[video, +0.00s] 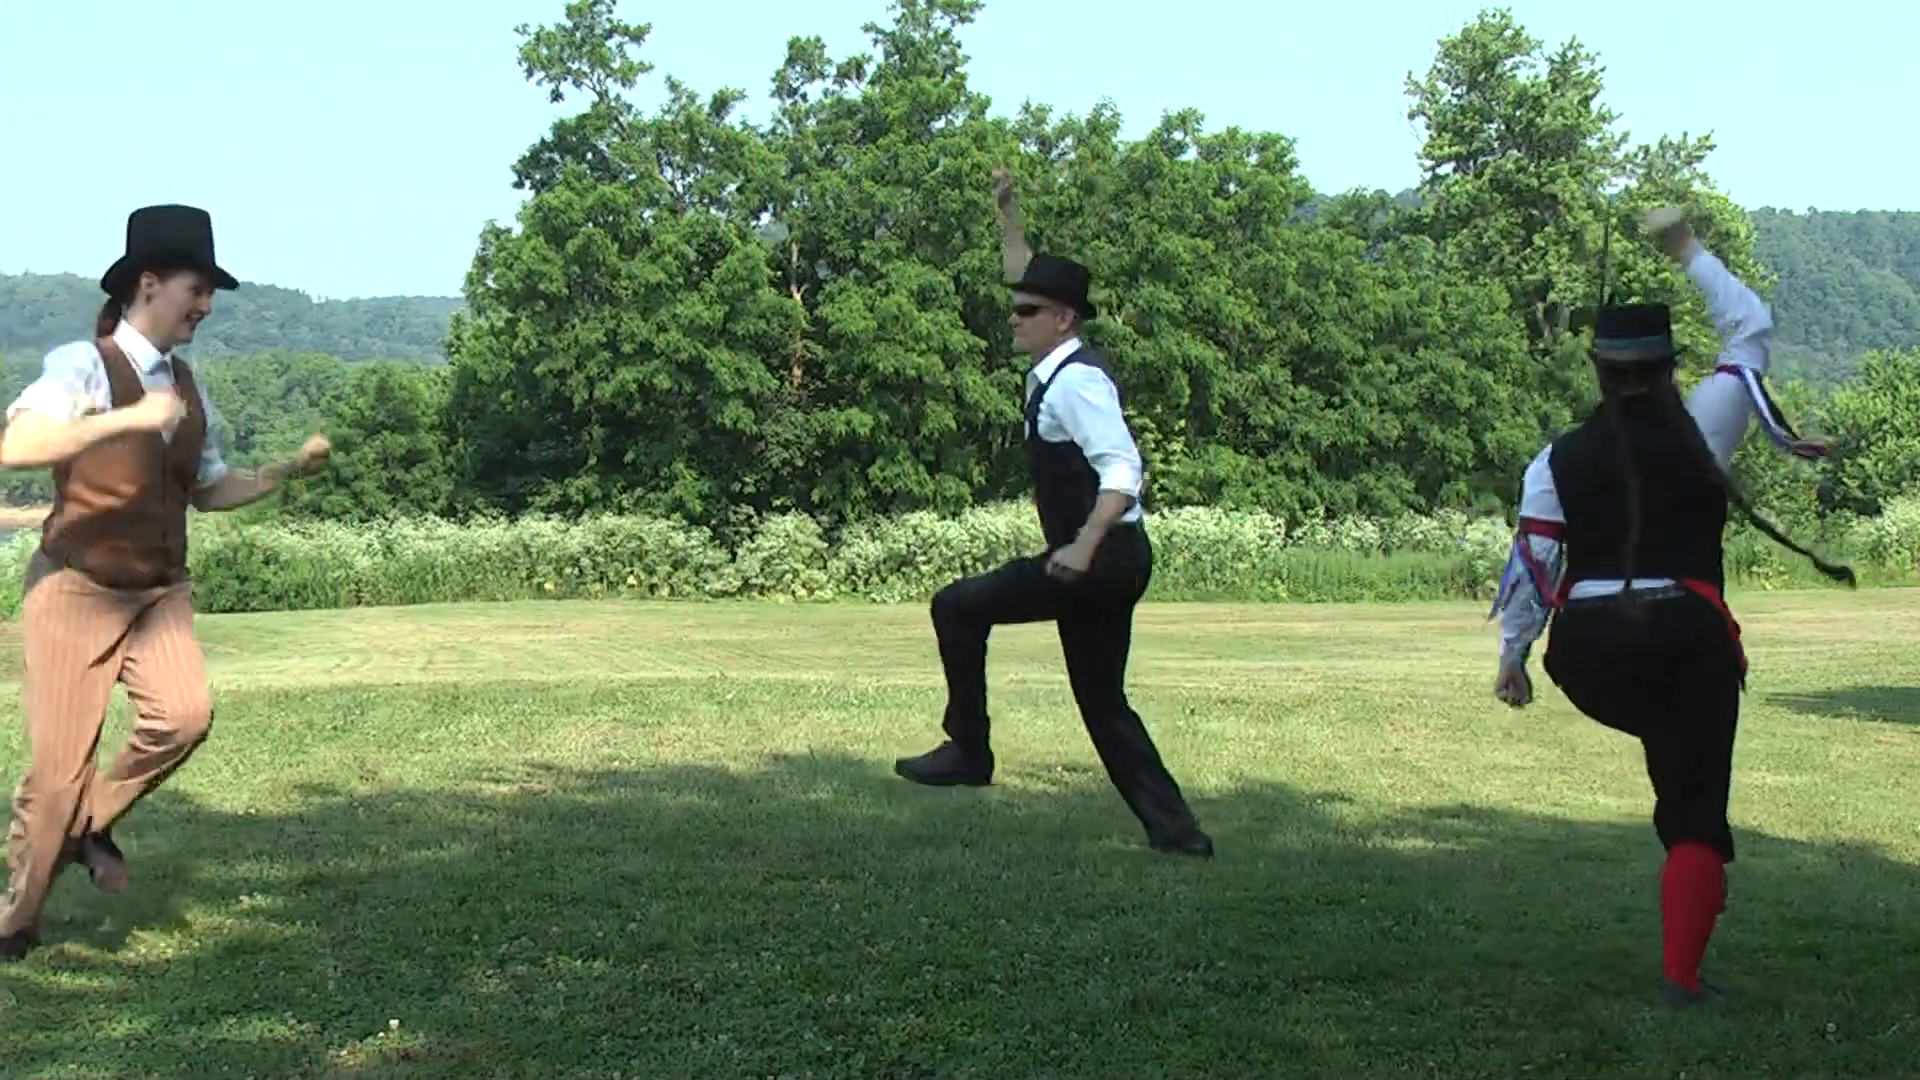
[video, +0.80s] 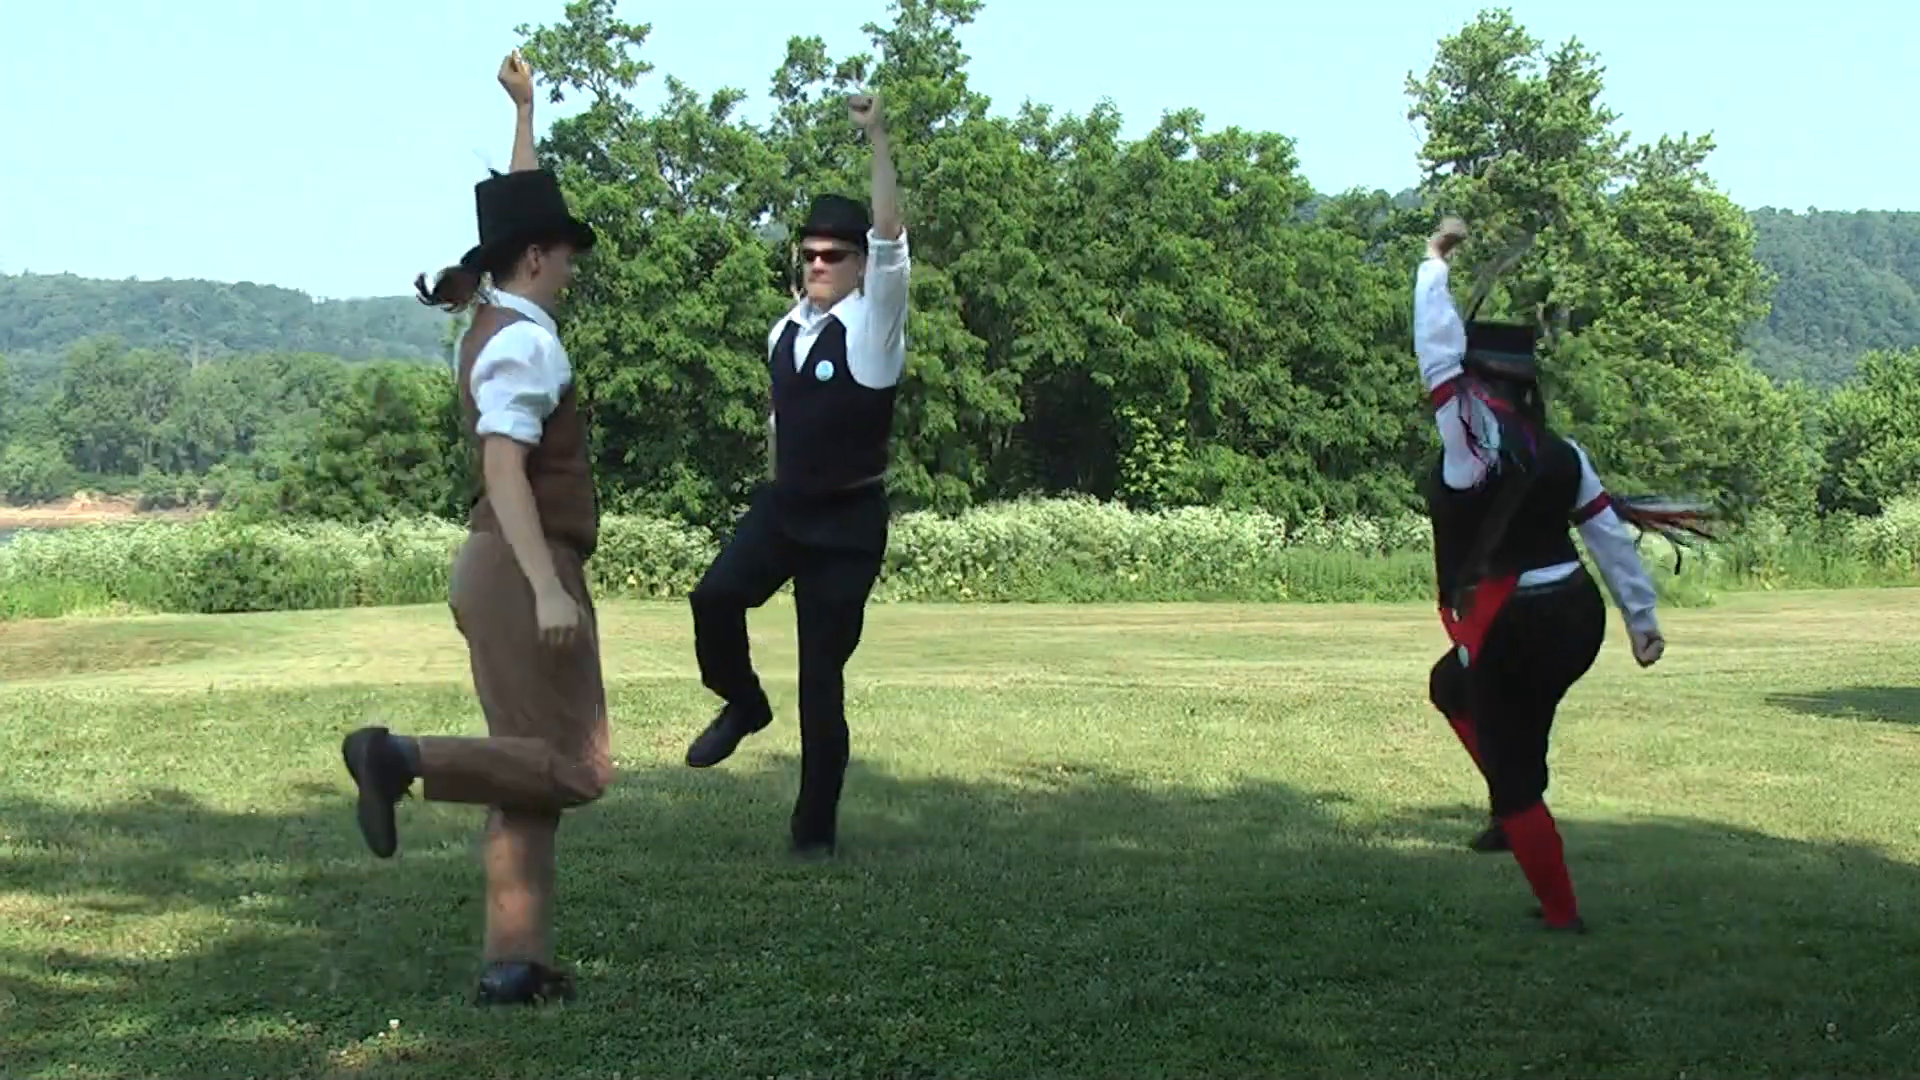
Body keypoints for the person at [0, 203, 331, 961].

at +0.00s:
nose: (206, 305)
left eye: (210, 291)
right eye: (197, 287)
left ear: (166, 290)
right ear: (149, 283)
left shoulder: (183, 379)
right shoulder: (81, 366)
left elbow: (211, 489)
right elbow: (17, 445)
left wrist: (291, 467)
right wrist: (128, 418)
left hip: (160, 593)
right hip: (76, 593)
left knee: (183, 718)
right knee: (59, 776)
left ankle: (88, 816)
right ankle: (17, 929)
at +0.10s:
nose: (225, 299)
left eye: (229, 286)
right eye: (217, 281)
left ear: (181, 281)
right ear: (168, 273)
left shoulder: (202, 368)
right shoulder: (113, 370)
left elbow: (291, 402)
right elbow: (90, 497)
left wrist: (335, 330)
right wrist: (192, 564)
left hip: (172, 586)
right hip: (92, 589)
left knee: (226, 700)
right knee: (65, 766)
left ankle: (151, 857)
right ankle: (17, 927)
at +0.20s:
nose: (264, 278)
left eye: (266, 266)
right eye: (254, 263)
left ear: (233, 271)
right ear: (202, 265)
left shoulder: (250, 342)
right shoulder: (160, 362)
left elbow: (322, 295)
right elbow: (144, 491)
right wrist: (205, 591)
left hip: (216, 578)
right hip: (136, 577)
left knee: (272, 701)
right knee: (85, 752)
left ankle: (210, 881)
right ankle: (11, 902)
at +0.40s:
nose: (355, 284)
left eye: (354, 273)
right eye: (343, 273)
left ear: (319, 289)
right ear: (298, 288)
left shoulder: (341, 361)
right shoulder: (266, 378)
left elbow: (374, 261)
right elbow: (219, 492)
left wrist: (367, 150)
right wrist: (285, 596)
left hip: (319, 610)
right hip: (244, 604)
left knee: (320, 794)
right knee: (221, 805)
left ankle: (256, 958)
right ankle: (83, 837)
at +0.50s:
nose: (412, 254)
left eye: (409, 240)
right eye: (397, 240)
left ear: (371, 253)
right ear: (352, 251)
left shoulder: (375, 322)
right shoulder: (322, 336)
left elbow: (414, 222)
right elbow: (270, 454)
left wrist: (414, 118)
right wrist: (311, 561)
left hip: (362, 575)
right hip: (320, 573)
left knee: (339, 771)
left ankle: (259, 952)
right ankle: (203, 795)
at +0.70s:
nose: (512, 227)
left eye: (511, 211)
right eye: (504, 212)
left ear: (456, 214)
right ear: (468, 213)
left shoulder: (457, 278)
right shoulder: (441, 295)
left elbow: (477, 179)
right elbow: (422, 423)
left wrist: (491, 75)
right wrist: (451, 539)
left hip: (477, 518)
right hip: (463, 520)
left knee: (472, 727)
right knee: (508, 721)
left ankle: (404, 926)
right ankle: (316, 732)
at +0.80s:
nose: (573, 272)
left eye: (571, 258)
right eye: (567, 258)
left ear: (514, 253)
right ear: (532, 256)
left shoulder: (493, 320)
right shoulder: (524, 340)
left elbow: (515, 212)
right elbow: (502, 466)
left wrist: (524, 106)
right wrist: (545, 578)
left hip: (501, 560)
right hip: (525, 565)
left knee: (525, 775)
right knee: (582, 771)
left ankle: (515, 968)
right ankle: (402, 762)